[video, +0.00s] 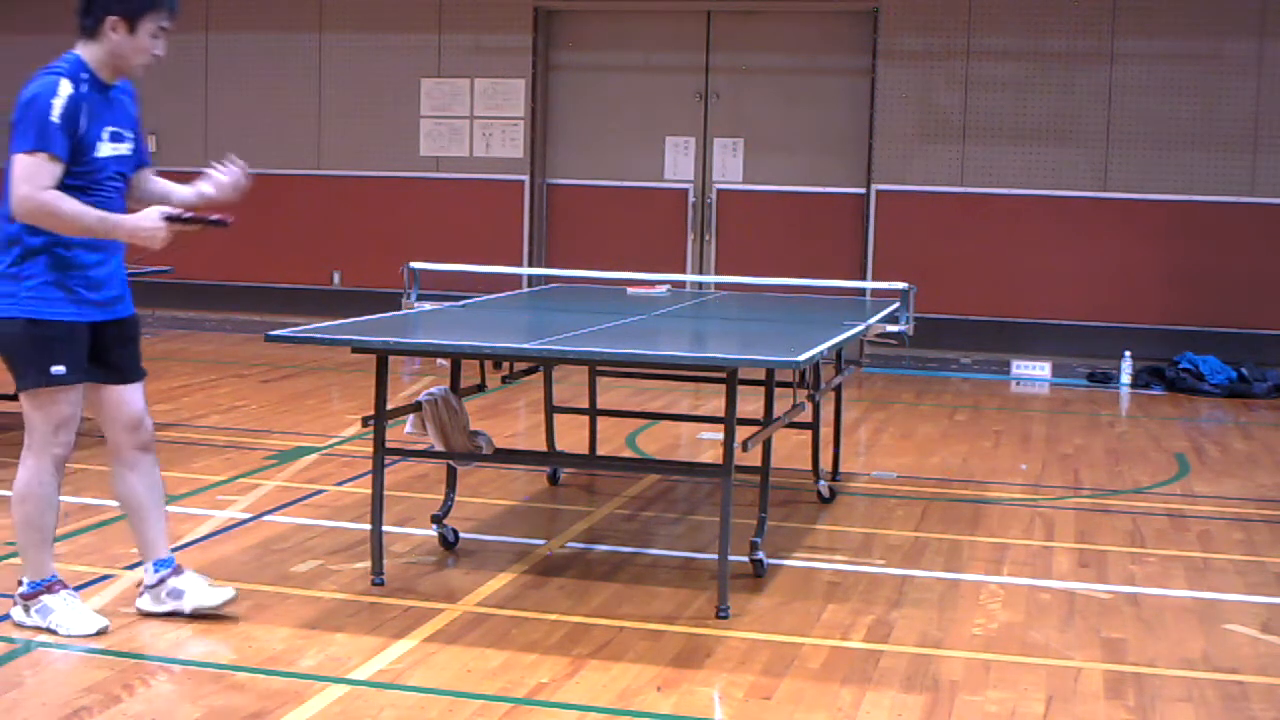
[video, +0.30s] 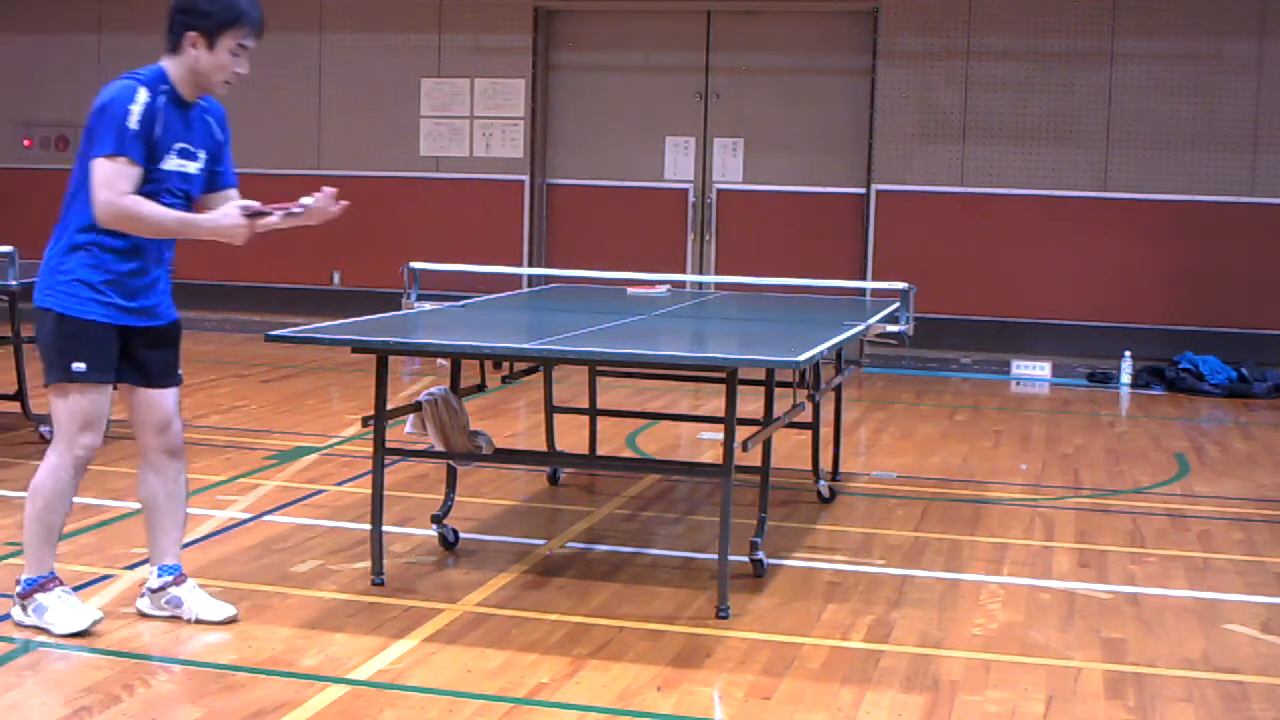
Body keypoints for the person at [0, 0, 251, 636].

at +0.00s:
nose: (161, 48)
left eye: (165, 36)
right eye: (156, 33)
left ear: (121, 29)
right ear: (114, 26)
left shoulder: (123, 96)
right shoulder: (54, 91)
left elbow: (137, 184)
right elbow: (29, 196)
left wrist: (202, 192)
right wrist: (121, 226)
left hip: (106, 294)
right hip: (43, 297)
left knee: (135, 433)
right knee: (50, 440)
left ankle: (160, 577)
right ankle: (36, 591)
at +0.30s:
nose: (243, 69)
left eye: (249, 56)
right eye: (237, 53)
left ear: (214, 51)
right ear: (194, 43)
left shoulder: (211, 119)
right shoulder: (130, 100)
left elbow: (217, 214)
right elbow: (110, 206)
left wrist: (293, 214)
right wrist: (209, 226)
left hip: (149, 296)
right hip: (81, 292)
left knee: (165, 438)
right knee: (77, 437)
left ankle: (165, 582)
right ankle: (34, 586)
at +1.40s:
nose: (250, 84)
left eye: (251, 70)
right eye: (239, 69)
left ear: (206, 71)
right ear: (195, 69)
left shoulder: (230, 135)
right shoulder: (132, 127)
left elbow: (293, 196)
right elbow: (147, 235)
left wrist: (359, 192)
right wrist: (243, 218)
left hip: (130, 307)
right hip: (58, 300)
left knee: (169, 434)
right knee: (19, 448)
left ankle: (165, 582)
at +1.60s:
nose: (206, 57)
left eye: (203, 44)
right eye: (192, 44)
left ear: (165, 58)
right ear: (148, 57)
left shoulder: (192, 116)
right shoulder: (95, 122)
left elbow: (281, 145)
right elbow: (89, 229)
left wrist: (366, 156)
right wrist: (190, 229)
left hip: (116, 311)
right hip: (39, 311)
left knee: (166, 436)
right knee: (12, 452)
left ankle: (165, 582)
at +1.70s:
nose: (186, 49)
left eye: (183, 35)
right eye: (172, 37)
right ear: (128, 53)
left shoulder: (181, 113)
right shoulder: (80, 115)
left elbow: (271, 147)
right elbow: (44, 211)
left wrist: (358, 166)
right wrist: (151, 235)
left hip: (110, 312)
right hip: (32, 311)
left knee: (164, 438)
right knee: (10, 454)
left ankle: (165, 582)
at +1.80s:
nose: (176, 53)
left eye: (173, 39)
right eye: (161, 41)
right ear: (117, 56)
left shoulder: (178, 120)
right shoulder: (65, 120)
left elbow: (263, 163)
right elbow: (7, 191)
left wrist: (342, 201)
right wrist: (73, 204)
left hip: (111, 313)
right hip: (30, 317)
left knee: (167, 439)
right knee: (9, 463)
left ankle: (164, 581)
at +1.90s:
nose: (177, 72)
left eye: (174, 57)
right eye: (161, 59)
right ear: (116, 73)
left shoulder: (179, 138)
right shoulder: (62, 128)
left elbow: (252, 197)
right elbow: (9, 186)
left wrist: (306, 250)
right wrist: (8, 164)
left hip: (111, 324)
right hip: (29, 323)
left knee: (177, 445)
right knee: (13, 473)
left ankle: (166, 582)